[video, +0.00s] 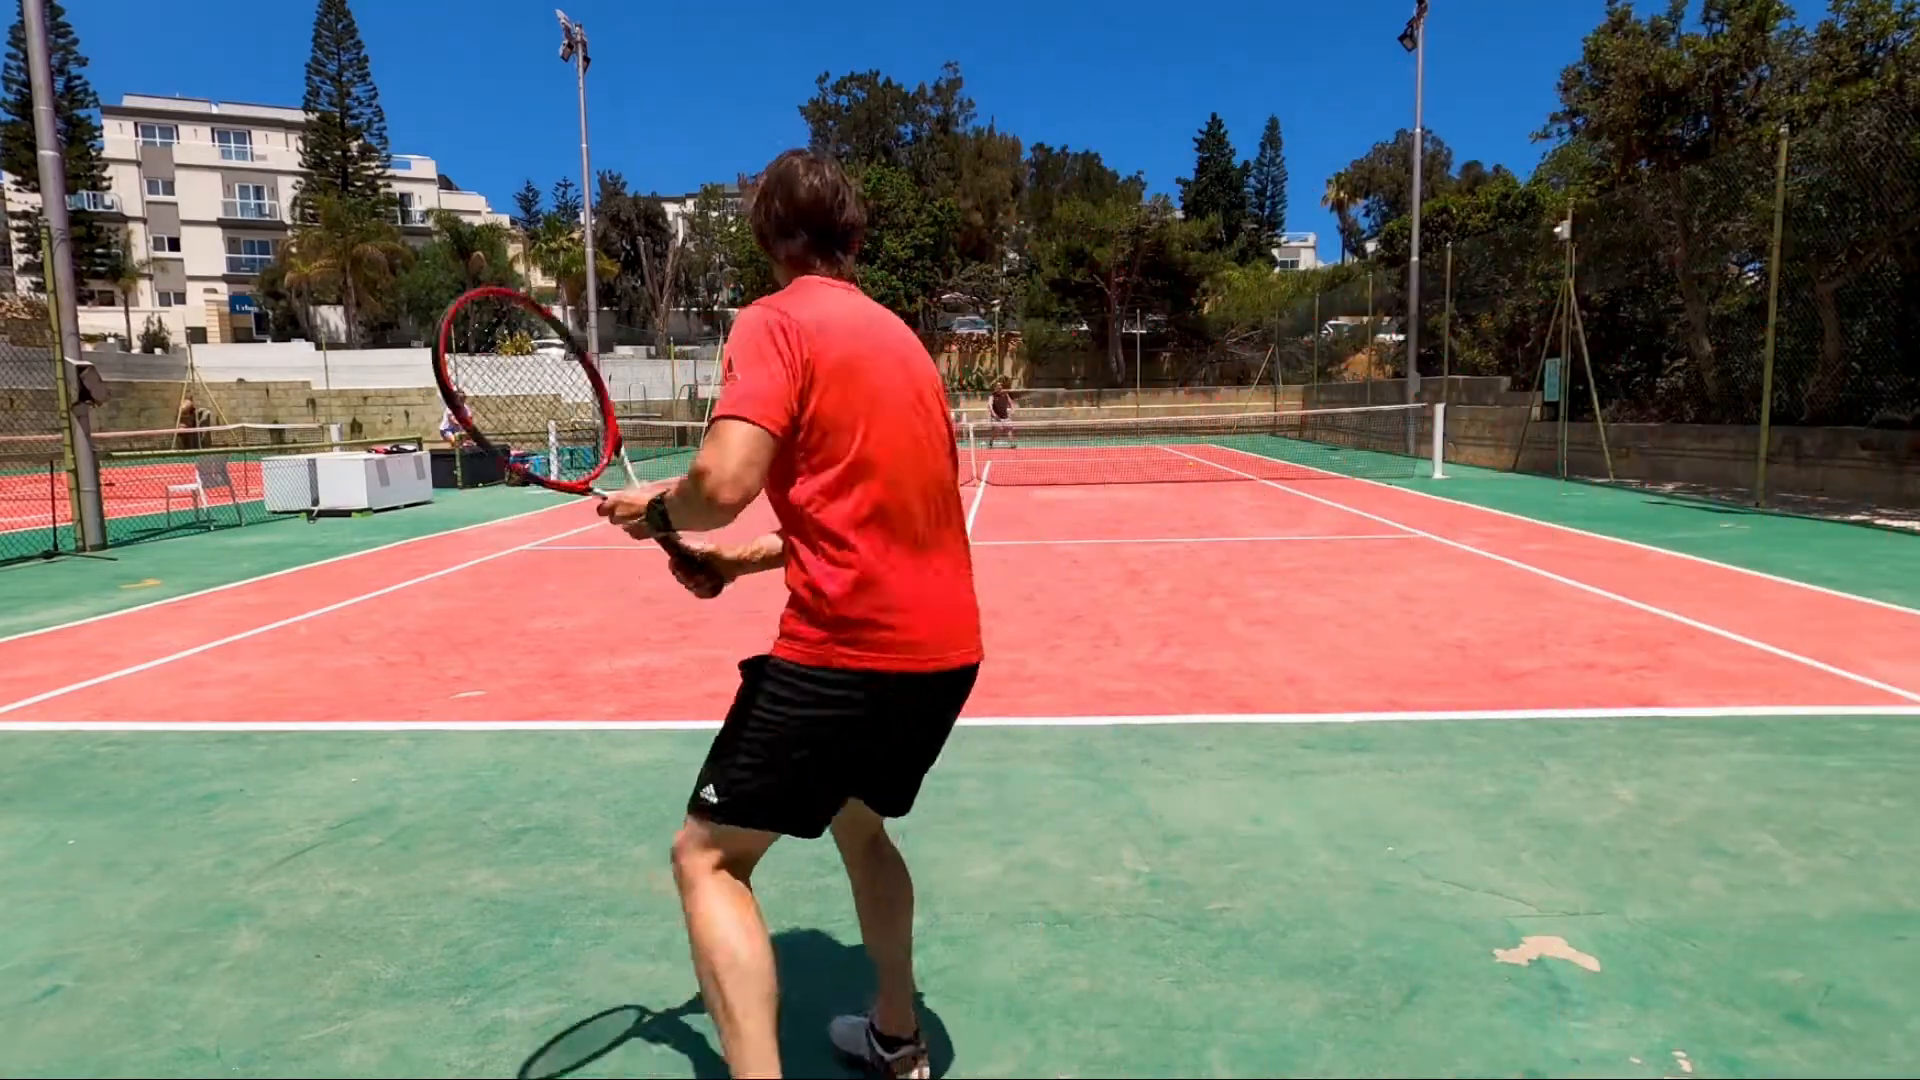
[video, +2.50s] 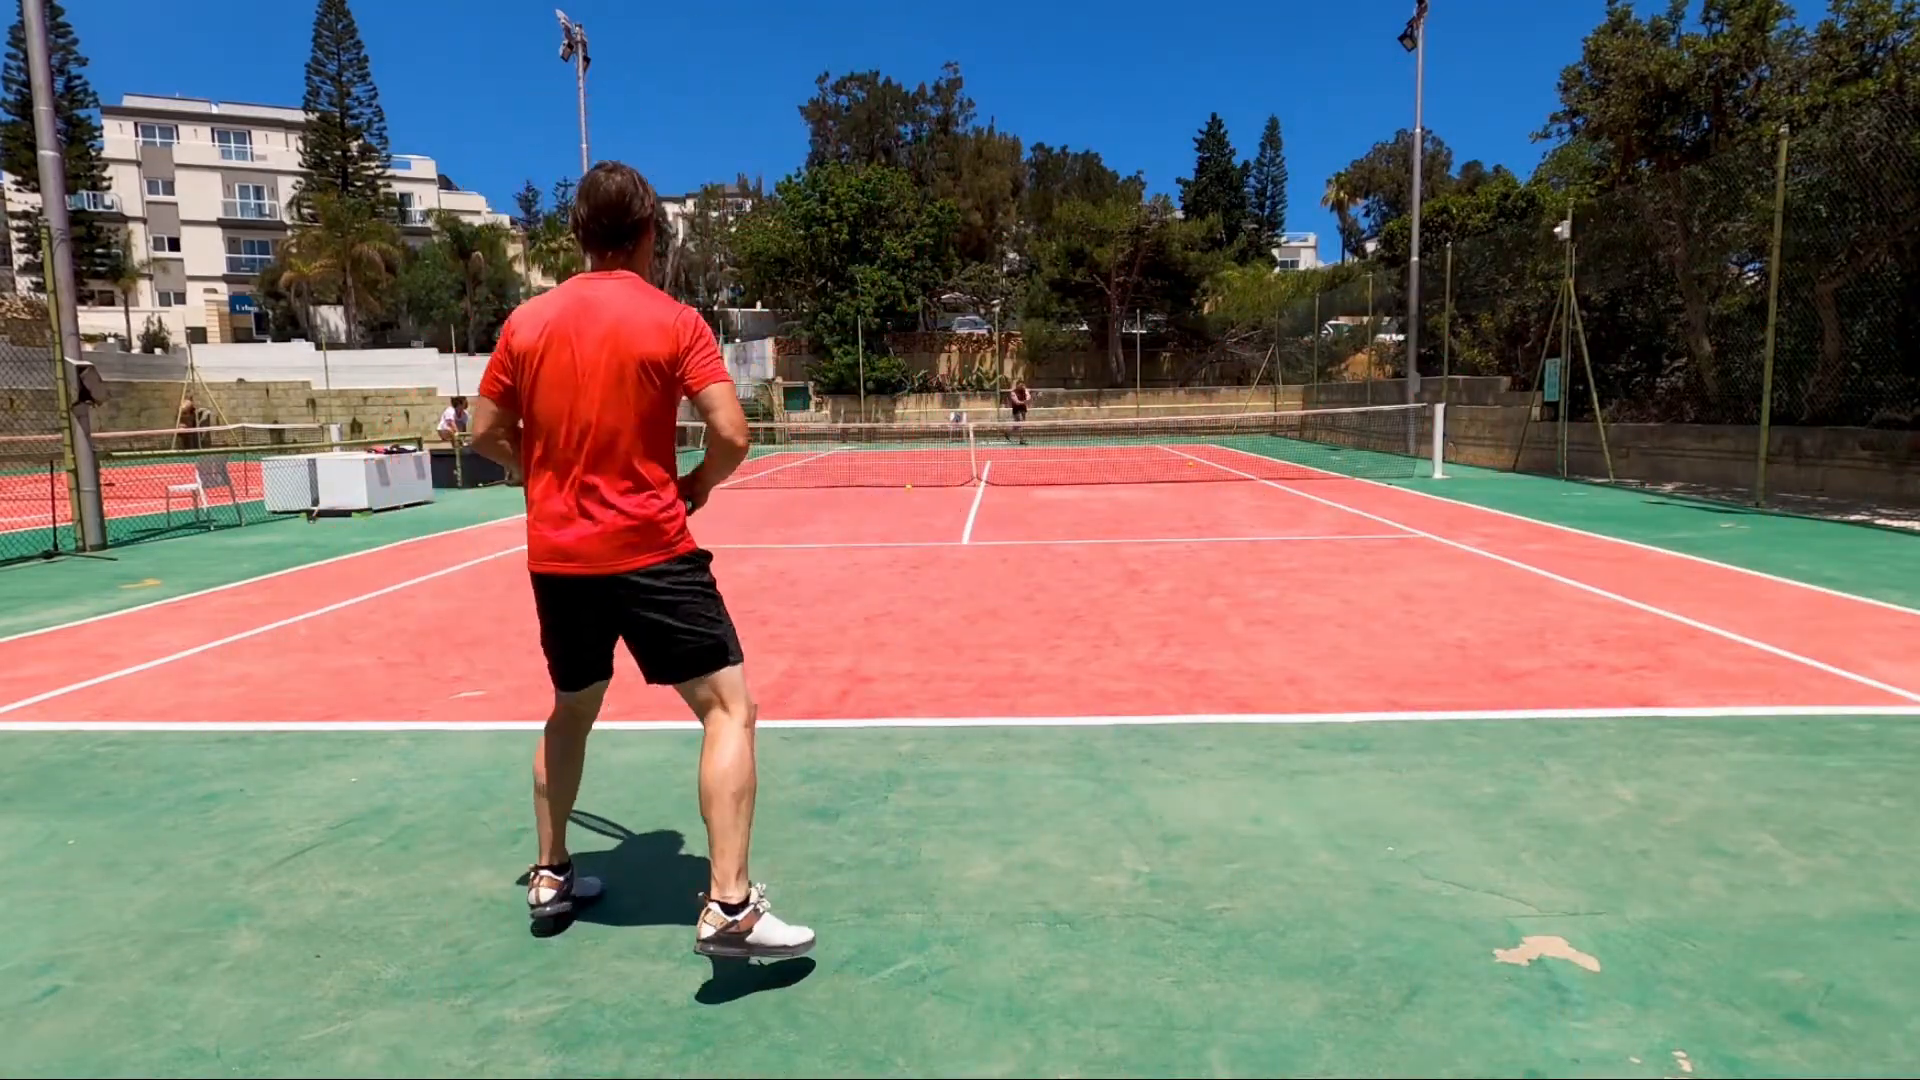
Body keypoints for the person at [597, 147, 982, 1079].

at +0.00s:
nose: (755, 240)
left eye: (756, 227)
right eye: (761, 228)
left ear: (768, 232)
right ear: (851, 235)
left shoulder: (776, 323)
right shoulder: (900, 339)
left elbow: (724, 486)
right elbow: (878, 510)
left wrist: (661, 507)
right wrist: (740, 558)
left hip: (837, 648)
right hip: (943, 647)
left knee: (709, 855)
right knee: (859, 819)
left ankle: (755, 1072)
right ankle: (897, 1029)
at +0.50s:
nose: (673, 307)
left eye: (671, 287)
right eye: (674, 290)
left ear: (685, 285)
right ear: (759, 269)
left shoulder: (766, 331)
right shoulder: (751, 388)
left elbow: (847, 408)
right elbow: (698, 541)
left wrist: (667, 434)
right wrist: (621, 544)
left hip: (910, 687)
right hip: (860, 686)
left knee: (843, 996)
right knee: (785, 809)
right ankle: (858, 1022)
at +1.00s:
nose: (561, 179)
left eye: (558, 165)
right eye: (564, 165)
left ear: (570, 162)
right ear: (658, 148)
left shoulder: (596, 242)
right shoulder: (729, 239)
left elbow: (630, 384)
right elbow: (750, 396)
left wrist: (585, 551)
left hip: (683, 567)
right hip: (776, 558)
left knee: (717, 825)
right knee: (766, 781)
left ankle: (902, 997)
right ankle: (778, 992)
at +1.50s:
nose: (583, 265)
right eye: (580, 253)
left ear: (483, 272)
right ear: (570, 258)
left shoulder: (445, 386)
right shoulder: (640, 350)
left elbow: (363, 546)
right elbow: (775, 445)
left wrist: (321, 649)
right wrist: (866, 469)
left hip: (518, 666)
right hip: (652, 647)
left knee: (482, 865)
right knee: (718, 794)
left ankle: (456, 1071)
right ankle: (732, 1002)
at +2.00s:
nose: (724, 250)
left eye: (717, 239)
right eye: (724, 239)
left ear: (636, 239)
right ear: (713, 242)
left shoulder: (572, 324)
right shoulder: (747, 336)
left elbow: (500, 451)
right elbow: (792, 485)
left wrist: (569, 509)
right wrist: (727, 538)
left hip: (583, 597)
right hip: (699, 603)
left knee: (555, 765)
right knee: (754, 787)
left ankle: (509, 957)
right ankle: (738, 1010)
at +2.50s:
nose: (663, 238)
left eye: (654, 227)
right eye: (661, 227)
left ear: (579, 234)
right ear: (650, 232)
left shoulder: (529, 320)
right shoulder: (673, 319)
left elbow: (485, 433)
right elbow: (731, 433)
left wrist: (549, 472)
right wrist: (694, 487)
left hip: (558, 556)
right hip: (652, 549)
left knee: (572, 703)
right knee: (725, 708)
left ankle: (548, 874)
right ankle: (730, 901)